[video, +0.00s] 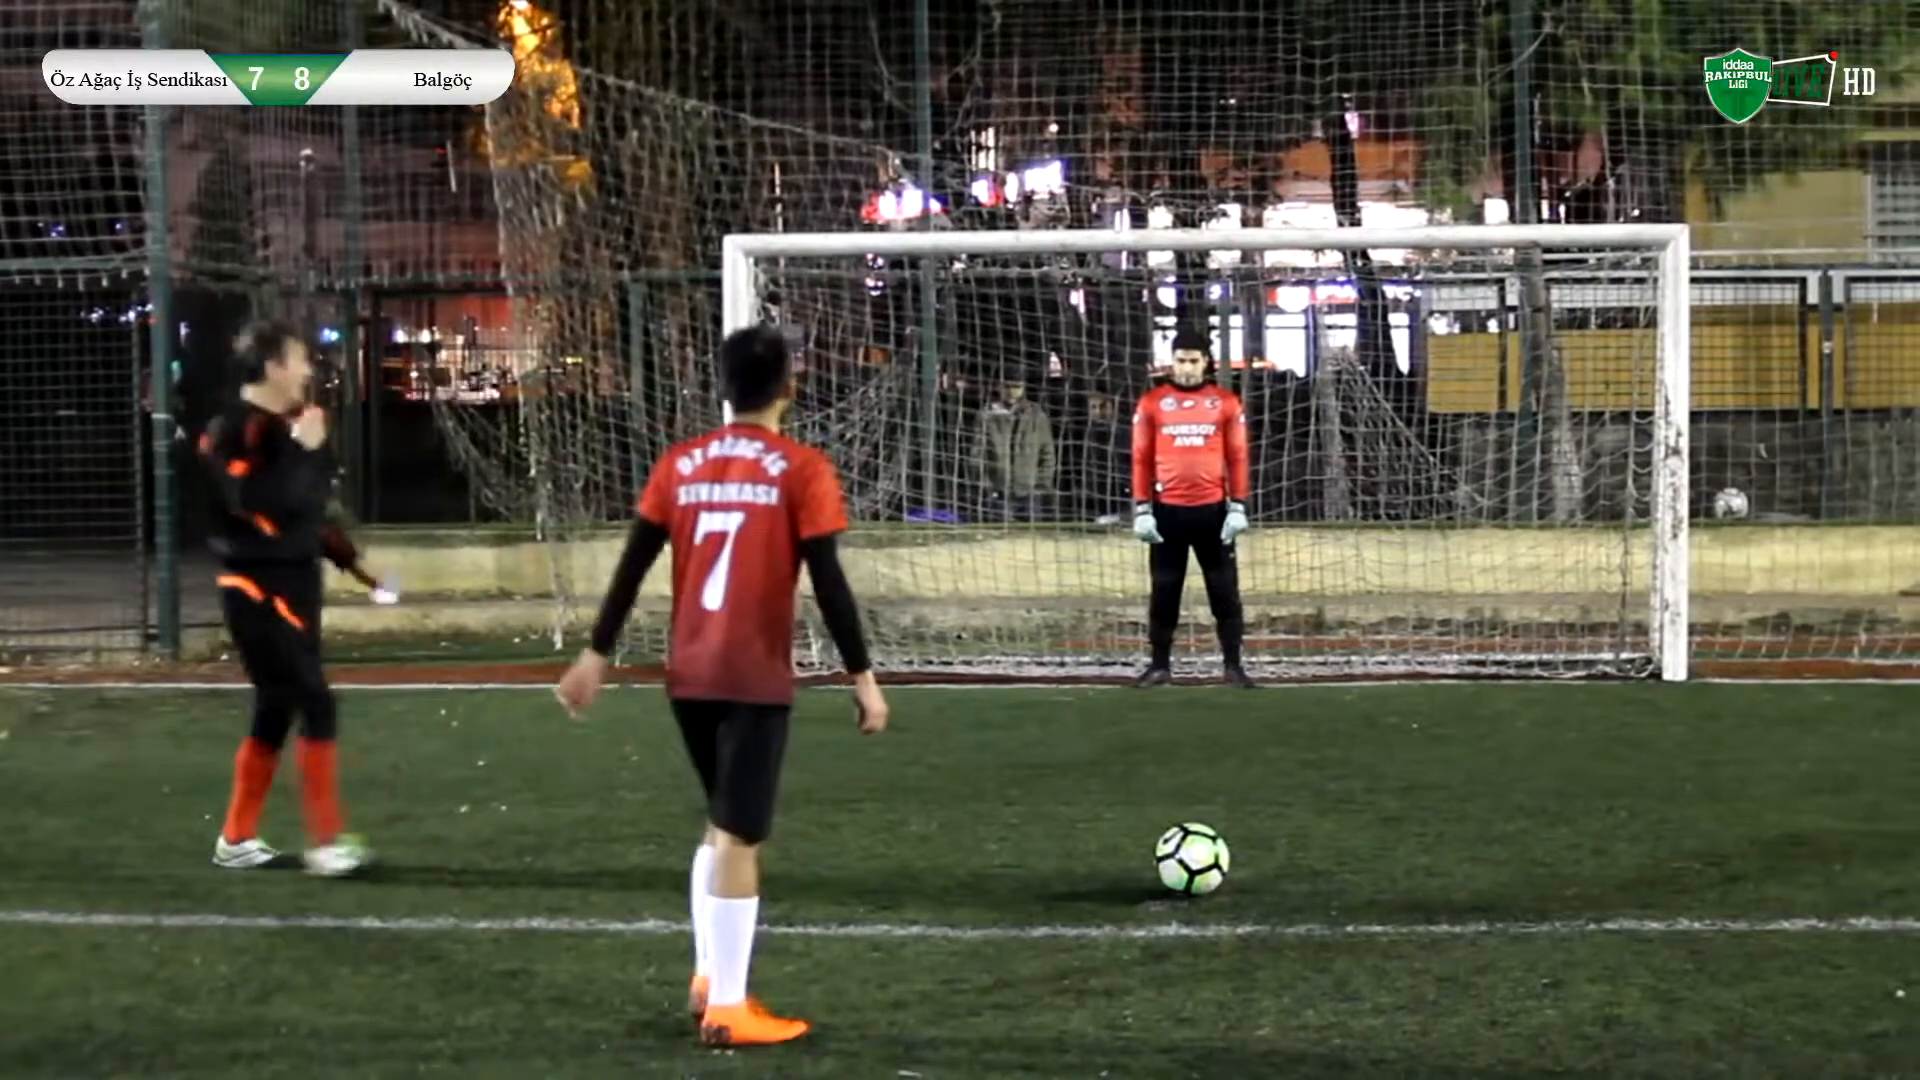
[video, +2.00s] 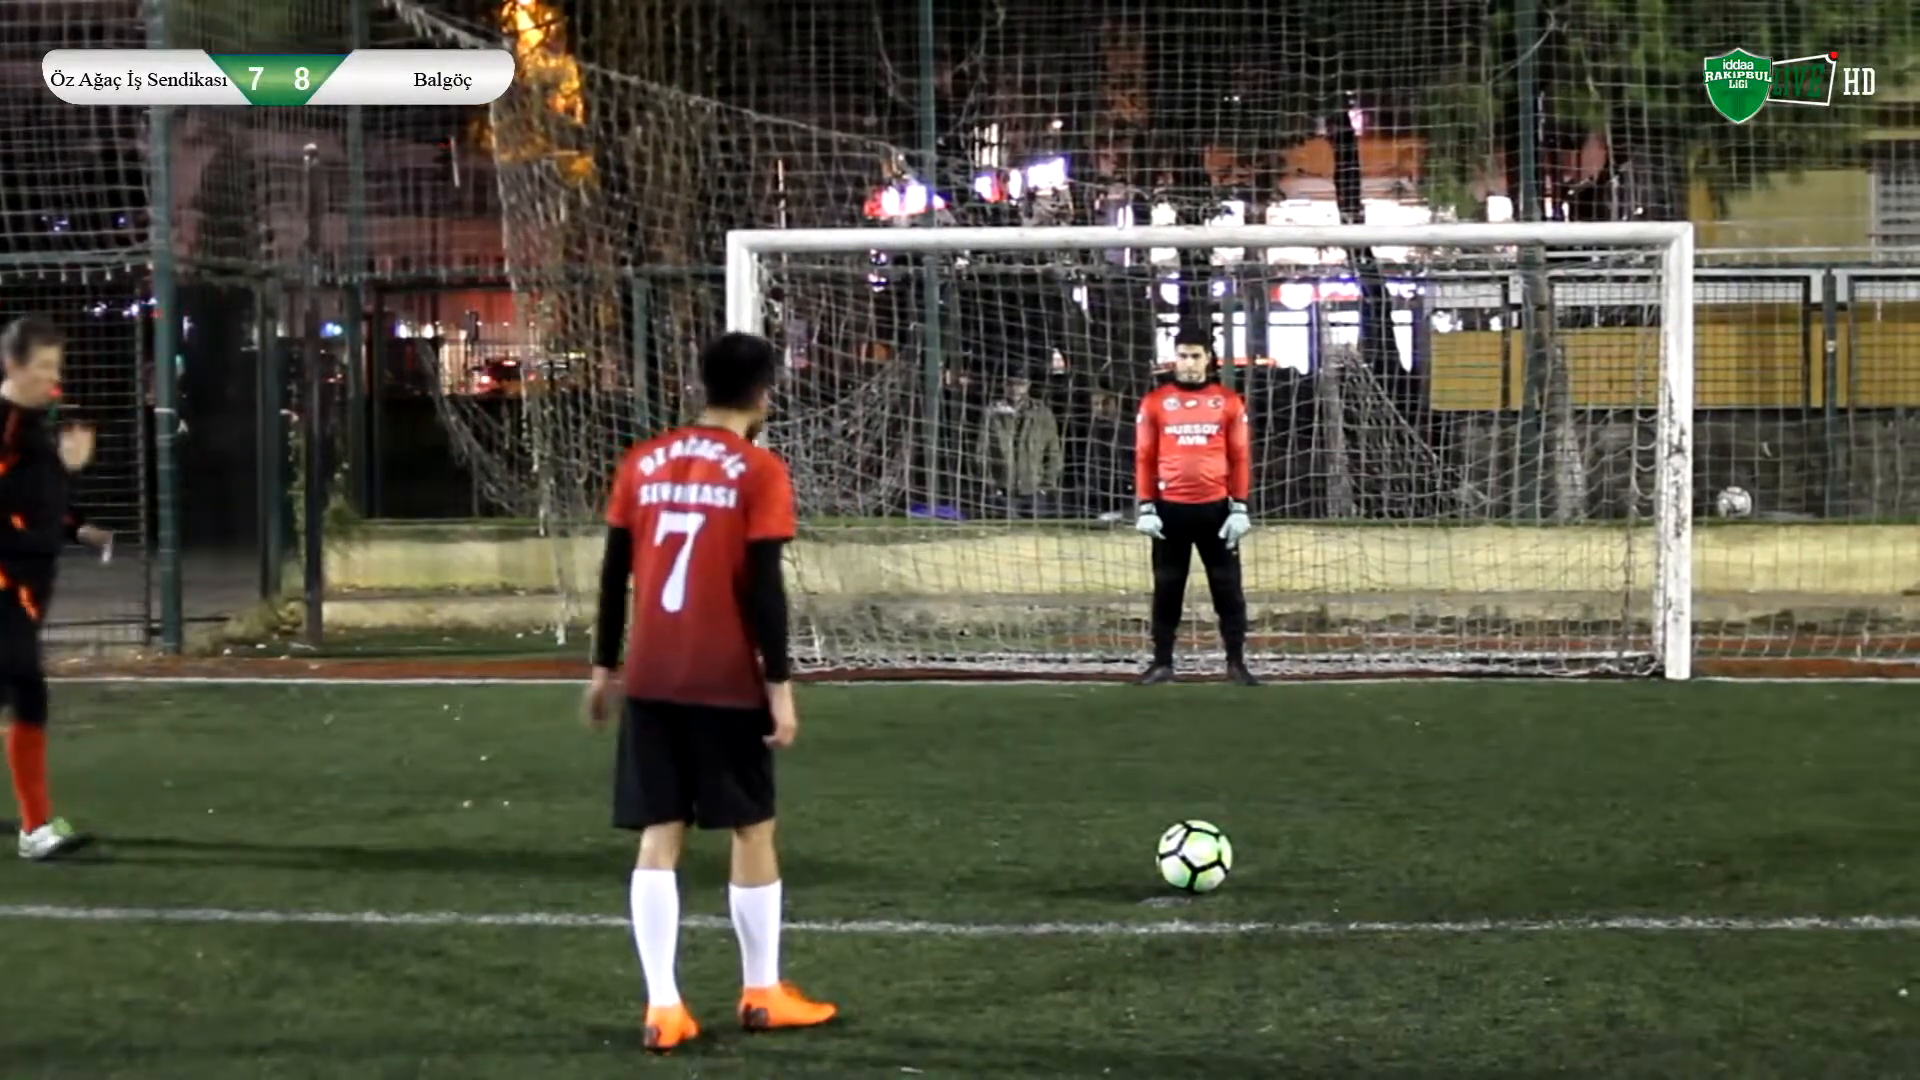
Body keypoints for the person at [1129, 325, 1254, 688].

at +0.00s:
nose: (1187, 368)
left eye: (1194, 360)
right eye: (1180, 360)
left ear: (1206, 363)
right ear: (1171, 364)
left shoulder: (1226, 402)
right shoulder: (1151, 403)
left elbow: (1238, 456)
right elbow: (1141, 458)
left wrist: (1238, 504)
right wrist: (1142, 507)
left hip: (1213, 509)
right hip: (1167, 510)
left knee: (1225, 592)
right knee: (1164, 592)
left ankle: (1233, 664)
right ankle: (1159, 664)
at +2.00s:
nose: (1188, 363)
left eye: (1195, 356)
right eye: (1182, 356)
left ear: (1209, 359)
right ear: (1174, 359)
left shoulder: (1229, 402)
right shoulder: (1154, 402)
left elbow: (1240, 456)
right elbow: (1144, 456)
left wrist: (1239, 505)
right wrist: (1146, 505)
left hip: (1216, 507)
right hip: (1169, 508)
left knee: (1228, 589)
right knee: (1166, 590)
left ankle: (1236, 662)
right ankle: (1162, 661)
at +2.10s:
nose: (1189, 363)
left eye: (1197, 356)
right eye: (1183, 356)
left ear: (1210, 359)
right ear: (1174, 359)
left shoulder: (1230, 402)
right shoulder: (1155, 402)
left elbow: (1241, 456)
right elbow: (1145, 456)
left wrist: (1240, 505)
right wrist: (1146, 505)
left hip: (1217, 507)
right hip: (1170, 508)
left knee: (1229, 590)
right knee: (1167, 590)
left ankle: (1236, 661)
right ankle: (1162, 661)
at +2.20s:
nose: (1190, 363)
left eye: (1197, 356)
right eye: (1184, 356)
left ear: (1210, 360)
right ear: (1175, 359)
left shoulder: (1230, 402)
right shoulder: (1155, 402)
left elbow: (1241, 456)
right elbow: (1145, 456)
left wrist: (1241, 505)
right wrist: (1146, 505)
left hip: (1217, 507)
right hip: (1170, 508)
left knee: (1229, 590)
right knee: (1167, 590)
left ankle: (1236, 661)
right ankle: (1162, 662)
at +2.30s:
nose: (1189, 363)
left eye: (1196, 356)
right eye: (1183, 356)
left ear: (1209, 360)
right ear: (1173, 359)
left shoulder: (1229, 403)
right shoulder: (1154, 403)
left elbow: (1240, 456)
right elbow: (1144, 457)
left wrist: (1239, 505)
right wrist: (1145, 506)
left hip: (1216, 508)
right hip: (1169, 509)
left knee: (1228, 590)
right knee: (1166, 590)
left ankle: (1235, 662)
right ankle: (1161, 662)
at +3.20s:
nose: (1200, 371)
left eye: (1206, 363)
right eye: (1194, 363)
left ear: (1218, 364)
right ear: (1183, 365)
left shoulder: (1239, 405)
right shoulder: (1163, 406)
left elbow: (1248, 459)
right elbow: (1152, 461)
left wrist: (1248, 508)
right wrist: (1154, 512)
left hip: (1228, 511)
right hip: (1181, 513)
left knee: (1247, 587)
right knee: (1170, 591)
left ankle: (1254, 659)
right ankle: (1163, 661)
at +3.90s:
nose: (1216, 378)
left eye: (1223, 371)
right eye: (1209, 370)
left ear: (1234, 375)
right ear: (1199, 373)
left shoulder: (1252, 418)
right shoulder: (1177, 413)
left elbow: (1271, 468)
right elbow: (1157, 460)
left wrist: (1286, 504)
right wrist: (1141, 495)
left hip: (1235, 523)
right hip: (1188, 521)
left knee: (1249, 596)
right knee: (1164, 592)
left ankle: (1256, 665)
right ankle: (1159, 661)